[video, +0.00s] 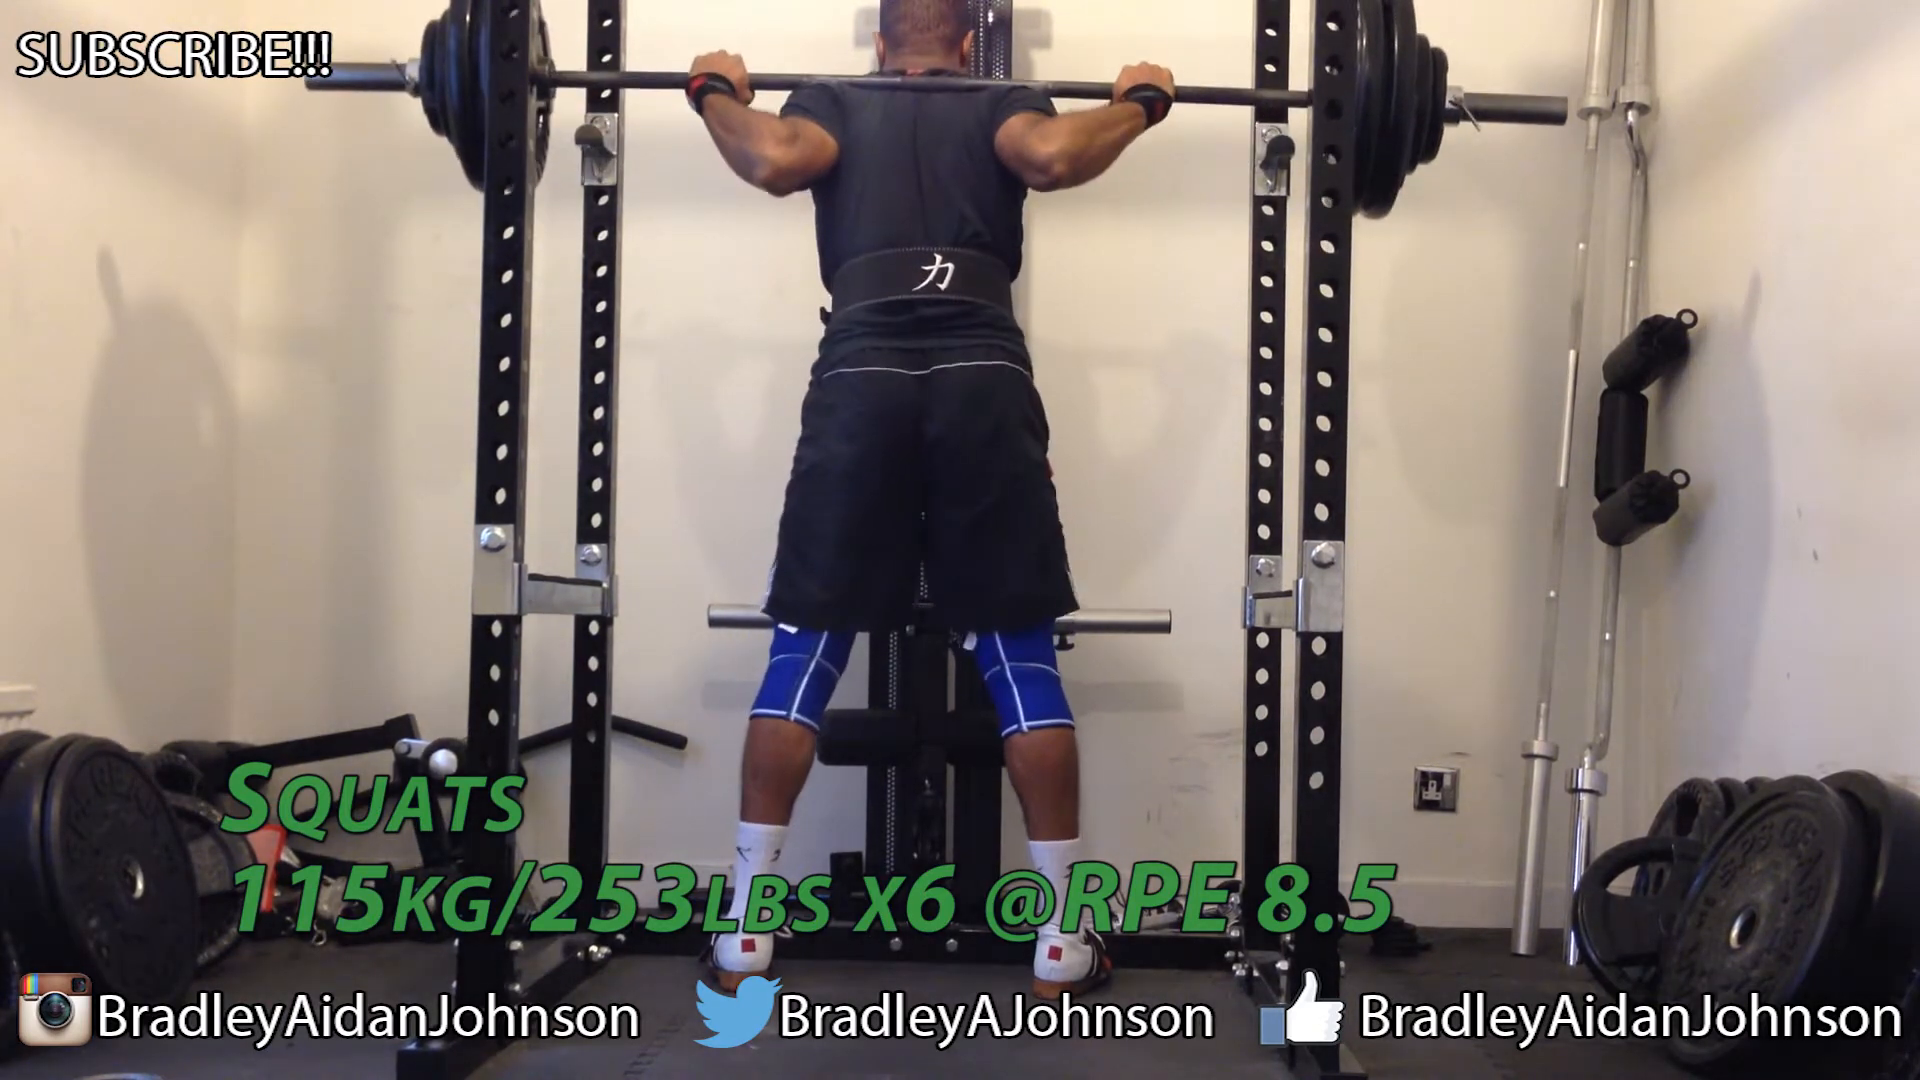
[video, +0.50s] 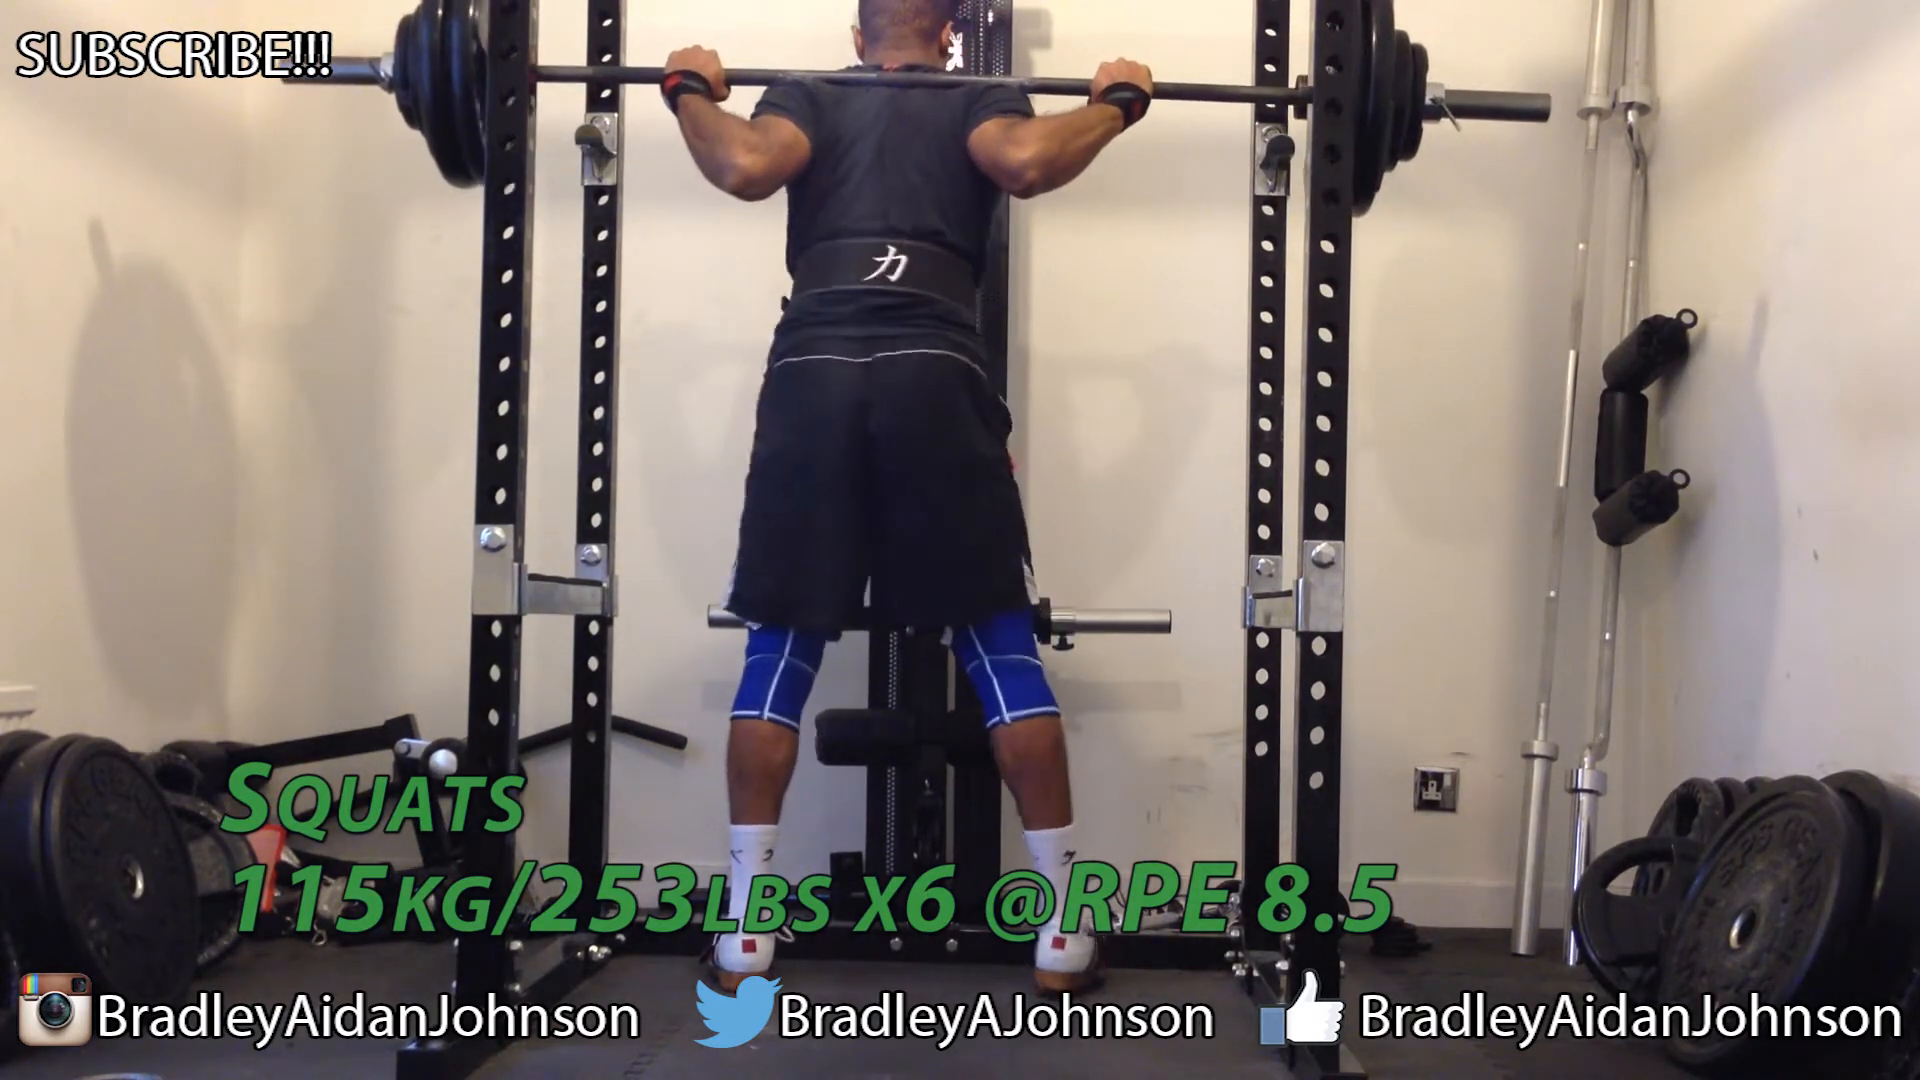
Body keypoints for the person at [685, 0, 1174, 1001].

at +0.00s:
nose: (925, 28)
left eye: (900, 20)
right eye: (956, 22)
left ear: (879, 41)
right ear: (968, 38)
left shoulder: (834, 107)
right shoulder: (995, 103)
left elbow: (771, 157)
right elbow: (1056, 154)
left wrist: (722, 101)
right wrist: (1135, 107)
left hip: (856, 390)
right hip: (983, 390)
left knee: (802, 654)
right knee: (1021, 659)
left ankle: (746, 924)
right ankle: (1061, 930)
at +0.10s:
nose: (907, 27)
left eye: (893, 21)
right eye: (947, 22)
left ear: (875, 42)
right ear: (966, 38)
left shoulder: (833, 103)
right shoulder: (992, 102)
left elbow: (770, 156)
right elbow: (1053, 152)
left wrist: (720, 99)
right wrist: (1135, 102)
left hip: (858, 391)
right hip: (985, 390)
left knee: (804, 652)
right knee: (1021, 657)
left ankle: (747, 919)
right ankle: (1063, 928)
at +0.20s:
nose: (900, 30)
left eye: (888, 22)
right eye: (947, 23)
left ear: (872, 41)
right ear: (962, 36)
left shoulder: (829, 102)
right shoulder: (990, 103)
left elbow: (765, 158)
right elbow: (1048, 154)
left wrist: (716, 100)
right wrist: (1130, 105)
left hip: (852, 390)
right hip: (978, 390)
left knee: (800, 651)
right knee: (1019, 658)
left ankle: (746, 921)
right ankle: (1064, 929)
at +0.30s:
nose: (922, 28)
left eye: (887, 21)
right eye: (947, 21)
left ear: (867, 40)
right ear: (957, 35)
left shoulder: (822, 103)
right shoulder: (985, 104)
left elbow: (759, 160)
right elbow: (1041, 158)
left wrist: (710, 99)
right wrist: (1125, 107)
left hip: (840, 396)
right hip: (967, 395)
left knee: (793, 654)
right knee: (1014, 660)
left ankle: (746, 923)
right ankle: (1060, 929)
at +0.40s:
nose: (932, 32)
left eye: (897, 24)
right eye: (940, 24)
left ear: (860, 40)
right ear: (947, 35)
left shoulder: (814, 101)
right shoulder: (976, 101)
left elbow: (750, 161)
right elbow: (1028, 163)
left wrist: (701, 101)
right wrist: (1115, 111)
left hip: (818, 390)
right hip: (943, 390)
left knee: (783, 648)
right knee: (1001, 649)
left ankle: (744, 926)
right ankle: (1062, 922)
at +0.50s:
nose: (937, 30)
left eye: (894, 22)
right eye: (941, 22)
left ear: (859, 40)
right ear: (946, 35)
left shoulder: (809, 97)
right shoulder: (972, 98)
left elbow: (744, 164)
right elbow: (1022, 163)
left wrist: (696, 99)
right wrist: (1113, 108)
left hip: (810, 384)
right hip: (932, 381)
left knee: (782, 649)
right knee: (1002, 646)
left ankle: (744, 921)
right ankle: (1063, 918)